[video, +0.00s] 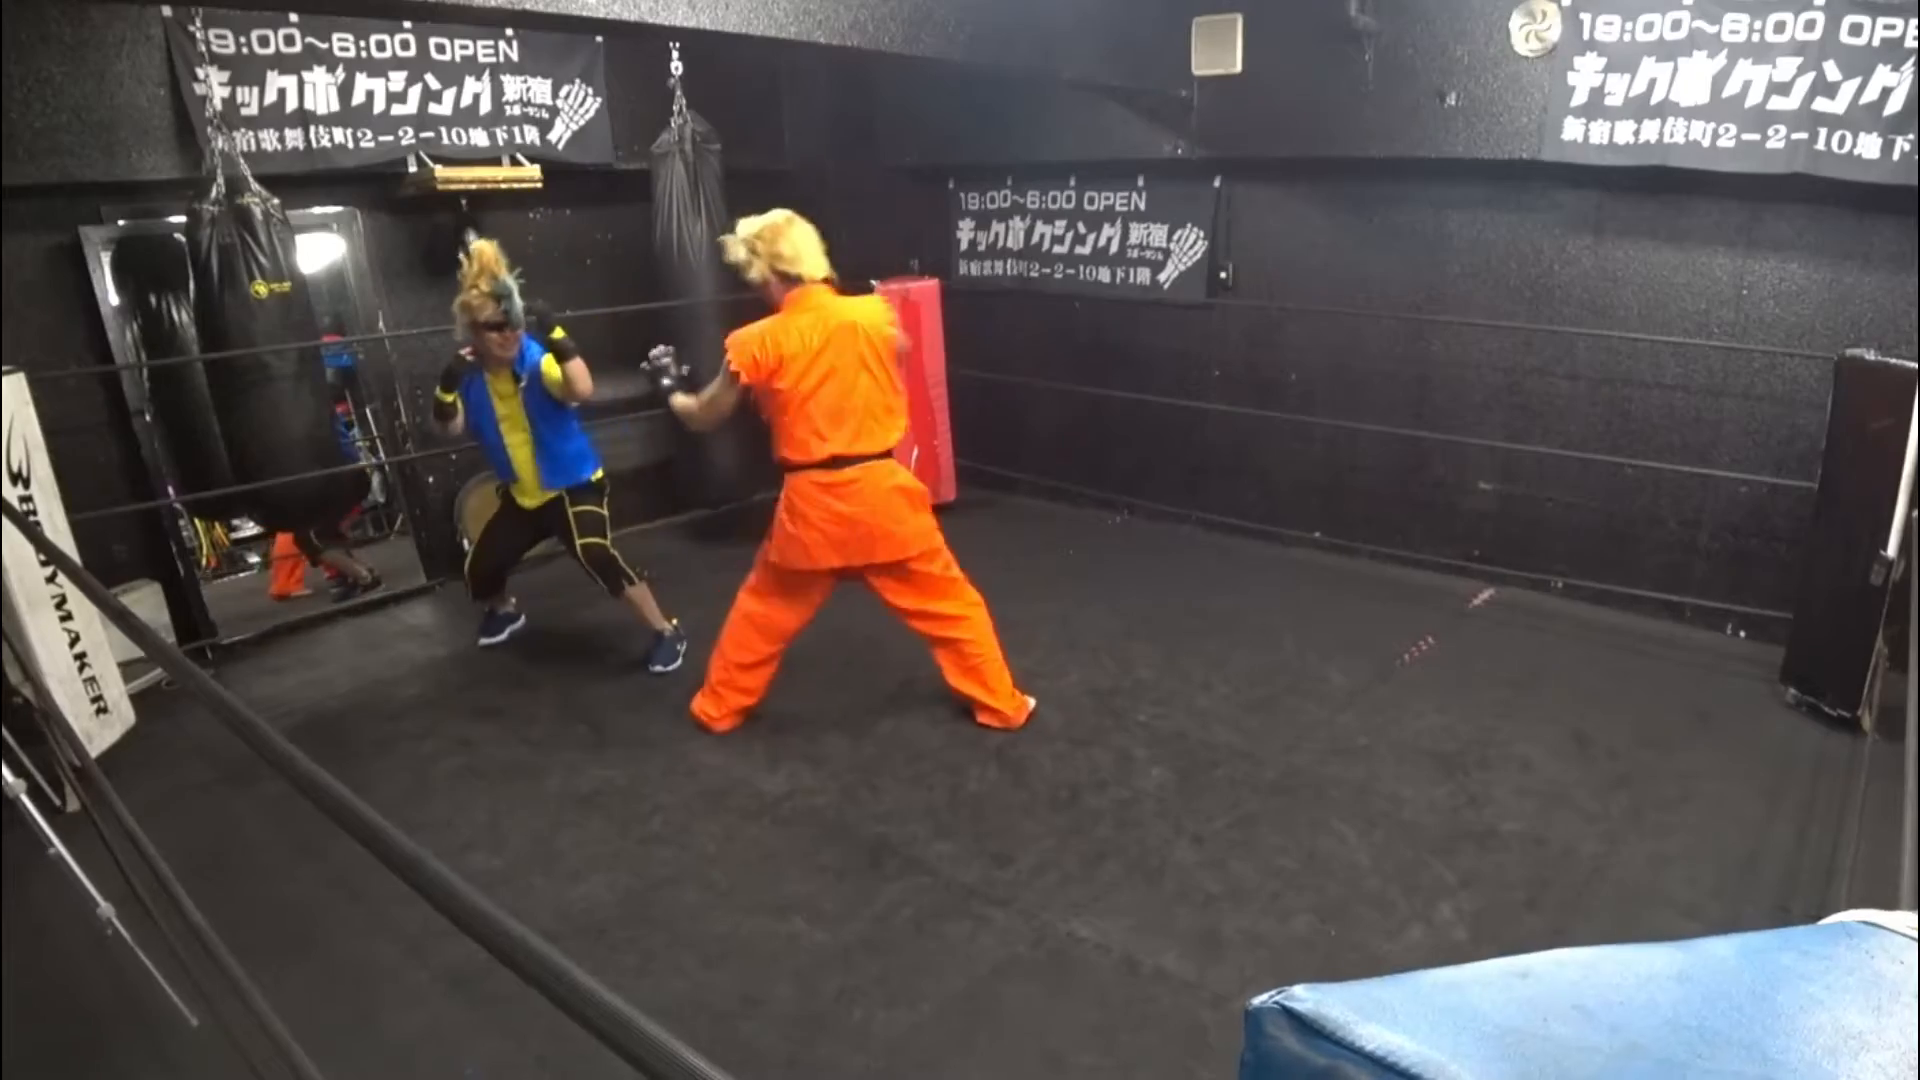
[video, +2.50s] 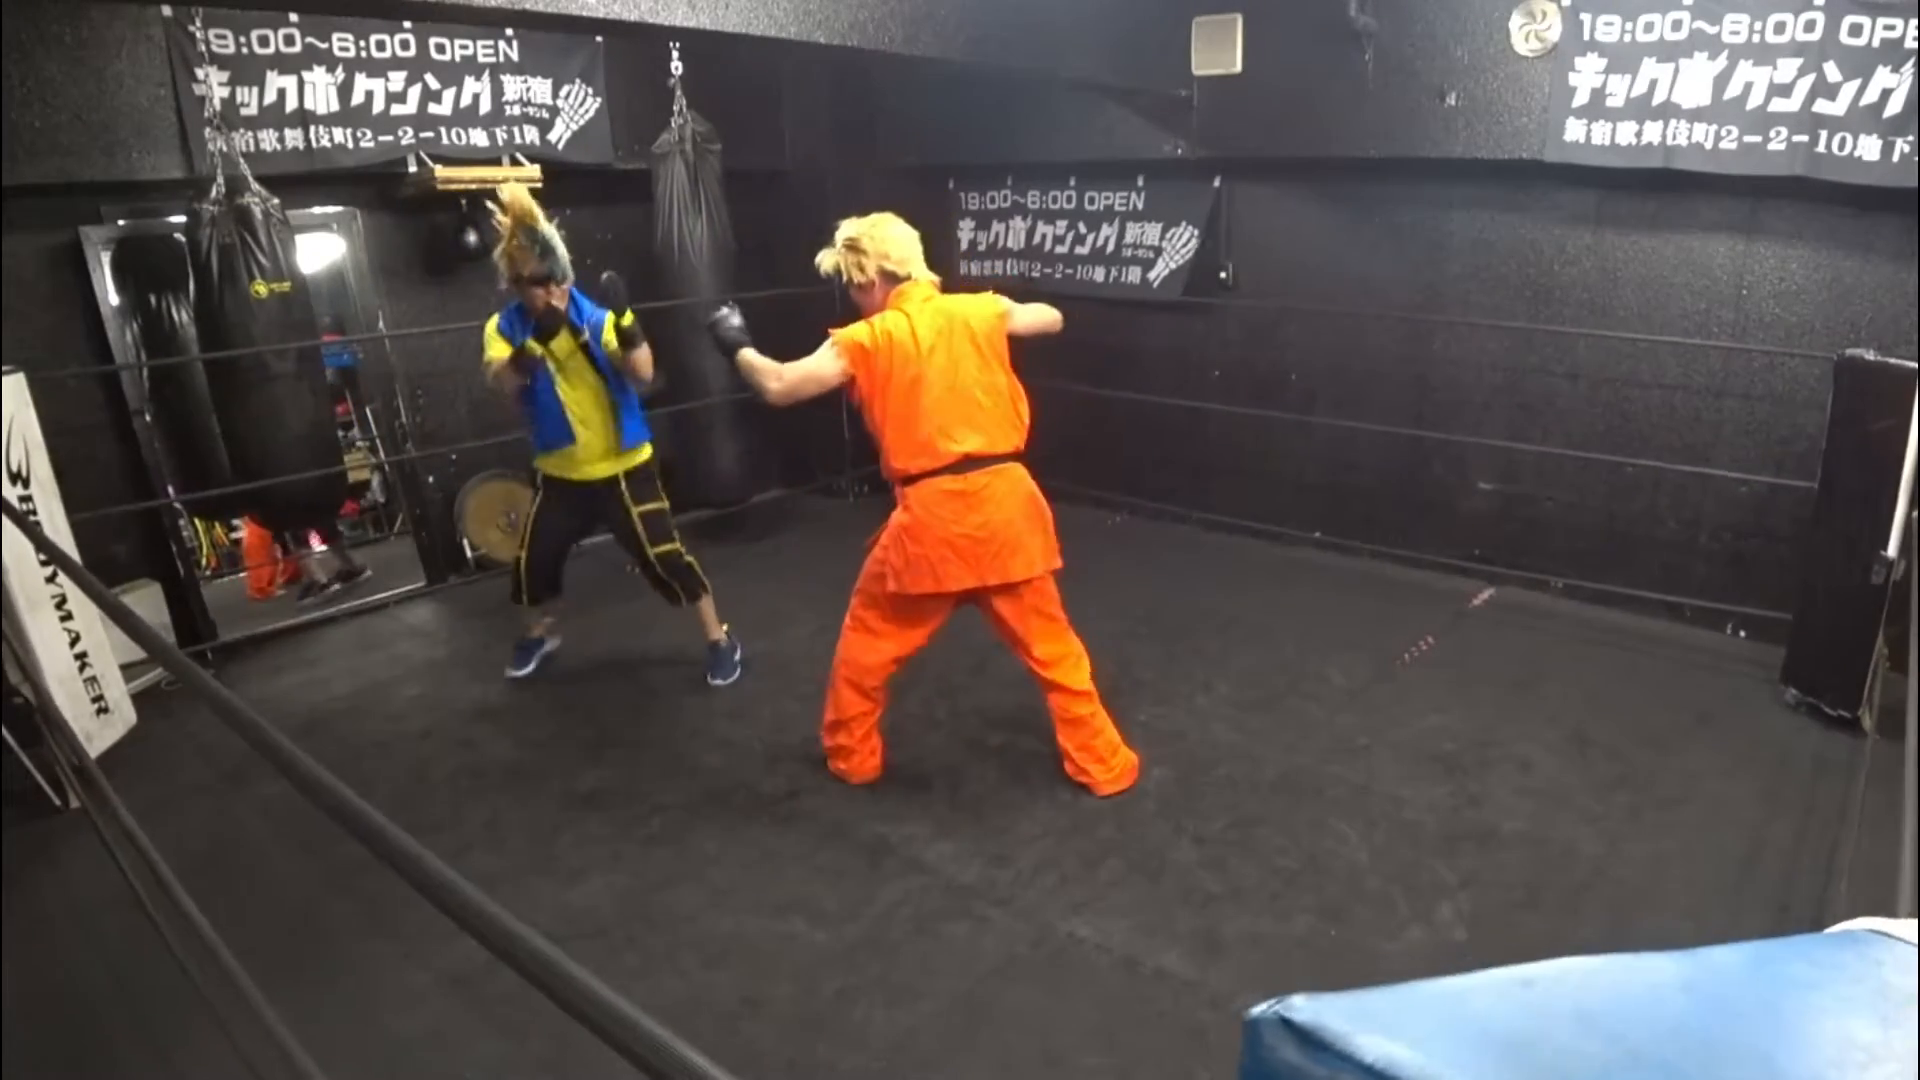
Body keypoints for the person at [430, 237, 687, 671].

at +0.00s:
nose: (506, 335)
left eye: (510, 325)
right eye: (493, 328)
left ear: (520, 325)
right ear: (473, 336)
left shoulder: (537, 361)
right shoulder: (470, 379)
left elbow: (583, 391)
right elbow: (447, 428)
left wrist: (556, 336)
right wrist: (447, 389)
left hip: (575, 486)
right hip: (522, 497)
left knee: (595, 554)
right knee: (481, 570)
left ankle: (665, 631)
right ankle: (504, 611)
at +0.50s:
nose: (520, 326)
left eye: (525, 316)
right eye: (508, 319)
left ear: (533, 317)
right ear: (485, 325)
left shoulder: (558, 356)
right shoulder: (473, 370)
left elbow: (610, 399)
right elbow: (480, 422)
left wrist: (597, 350)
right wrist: (511, 380)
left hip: (583, 482)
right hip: (532, 491)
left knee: (597, 552)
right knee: (484, 562)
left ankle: (657, 616)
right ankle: (509, 609)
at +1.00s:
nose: (438, 254)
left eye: (445, 241)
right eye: (430, 246)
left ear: (467, 242)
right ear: (425, 255)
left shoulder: (508, 287)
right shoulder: (430, 308)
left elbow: (504, 341)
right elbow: (454, 359)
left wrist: (482, 297)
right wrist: (454, 310)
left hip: (529, 421)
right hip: (479, 430)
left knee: (558, 486)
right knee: (484, 519)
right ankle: (504, 606)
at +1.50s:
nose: (495, 308)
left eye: (500, 298)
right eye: (485, 301)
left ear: (513, 301)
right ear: (471, 308)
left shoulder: (549, 342)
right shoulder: (463, 355)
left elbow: (585, 397)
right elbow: (459, 412)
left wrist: (575, 392)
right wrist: (463, 410)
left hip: (573, 455)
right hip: (517, 464)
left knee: (612, 527)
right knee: (501, 543)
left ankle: (652, 587)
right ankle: (508, 609)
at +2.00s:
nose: (545, 269)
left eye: (551, 257)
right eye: (534, 260)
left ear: (560, 253)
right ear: (511, 261)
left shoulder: (585, 291)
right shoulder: (491, 301)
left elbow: (619, 358)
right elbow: (511, 358)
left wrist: (603, 310)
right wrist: (545, 322)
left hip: (604, 430)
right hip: (549, 437)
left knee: (624, 529)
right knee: (537, 528)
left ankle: (679, 589)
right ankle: (578, 612)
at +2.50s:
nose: (544, 293)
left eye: (550, 280)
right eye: (532, 283)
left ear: (564, 278)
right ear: (515, 286)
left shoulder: (595, 315)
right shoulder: (505, 328)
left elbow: (644, 373)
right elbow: (505, 385)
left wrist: (627, 326)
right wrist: (532, 344)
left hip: (625, 462)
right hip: (562, 472)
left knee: (664, 556)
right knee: (534, 562)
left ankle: (718, 636)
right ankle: (541, 634)